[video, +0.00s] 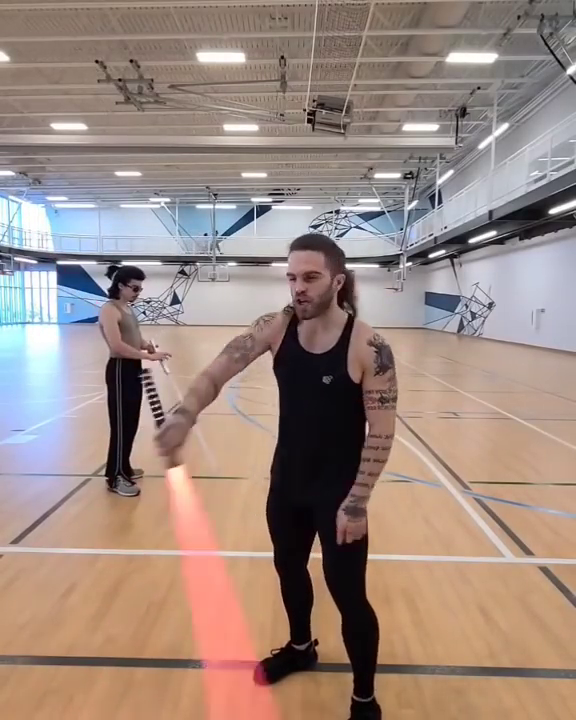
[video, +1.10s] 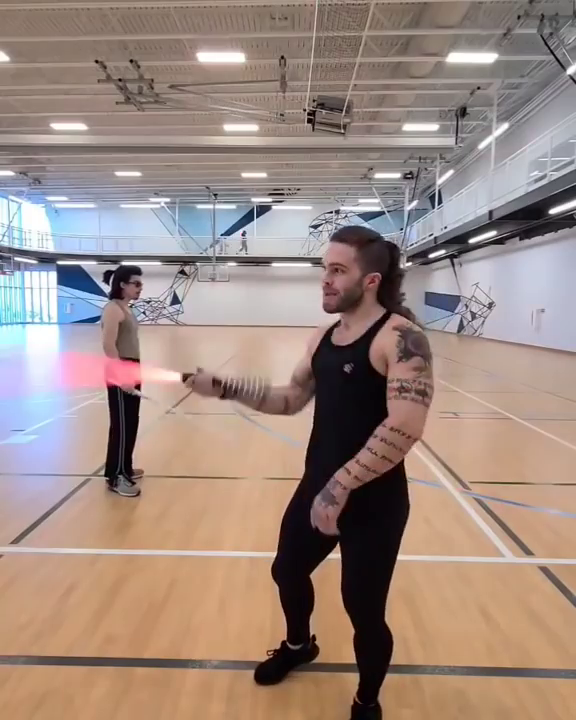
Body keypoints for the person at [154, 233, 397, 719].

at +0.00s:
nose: (298, 287)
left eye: (310, 278)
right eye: (292, 277)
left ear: (338, 280)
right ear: (287, 279)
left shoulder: (369, 347)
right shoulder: (277, 328)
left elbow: (381, 432)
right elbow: (217, 372)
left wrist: (357, 501)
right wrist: (184, 415)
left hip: (342, 487)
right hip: (289, 478)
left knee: (348, 595)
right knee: (290, 568)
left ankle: (363, 696)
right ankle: (301, 645)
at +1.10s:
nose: (325, 279)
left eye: (337, 271)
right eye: (325, 269)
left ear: (371, 281)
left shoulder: (402, 338)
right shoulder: (327, 337)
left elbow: (406, 426)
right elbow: (291, 399)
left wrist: (339, 485)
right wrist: (224, 388)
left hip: (375, 495)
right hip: (321, 483)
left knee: (364, 605)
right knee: (288, 568)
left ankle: (367, 700)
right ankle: (298, 642)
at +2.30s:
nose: (310, 279)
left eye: (322, 268)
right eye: (302, 269)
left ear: (349, 273)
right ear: (296, 275)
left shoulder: (371, 342)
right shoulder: (306, 333)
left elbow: (390, 424)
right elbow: (298, 404)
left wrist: (307, 445)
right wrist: (260, 438)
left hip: (349, 494)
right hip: (299, 486)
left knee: (351, 604)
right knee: (289, 579)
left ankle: (366, 699)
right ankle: (290, 655)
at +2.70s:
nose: (271, 284)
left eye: (284, 276)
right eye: (267, 274)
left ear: (312, 282)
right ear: (265, 276)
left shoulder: (320, 332)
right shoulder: (284, 330)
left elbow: (330, 372)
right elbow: (272, 415)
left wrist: (295, 380)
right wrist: (258, 473)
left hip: (301, 487)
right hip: (266, 482)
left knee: (316, 603)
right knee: (277, 575)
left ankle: (364, 692)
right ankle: (290, 655)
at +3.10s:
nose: (281, 282)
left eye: (293, 273)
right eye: (275, 272)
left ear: (318, 279)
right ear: (268, 276)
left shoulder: (329, 335)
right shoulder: (283, 332)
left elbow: (347, 397)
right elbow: (278, 410)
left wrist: (308, 435)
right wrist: (258, 459)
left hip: (309, 484)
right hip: (272, 478)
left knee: (306, 602)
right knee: (282, 576)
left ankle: (363, 691)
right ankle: (290, 655)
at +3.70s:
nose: (344, 287)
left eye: (358, 277)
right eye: (335, 275)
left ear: (381, 281)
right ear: (326, 276)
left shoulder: (398, 347)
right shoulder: (341, 327)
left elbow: (410, 416)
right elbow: (345, 398)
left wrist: (354, 396)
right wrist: (327, 445)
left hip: (380, 494)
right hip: (339, 479)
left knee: (376, 610)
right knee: (335, 563)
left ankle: (391, 715)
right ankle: (362, 646)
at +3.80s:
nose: (339, 279)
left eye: (352, 270)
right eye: (335, 269)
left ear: (384, 277)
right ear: (332, 270)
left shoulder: (396, 342)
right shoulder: (354, 327)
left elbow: (411, 425)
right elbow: (356, 409)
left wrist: (337, 439)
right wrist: (339, 467)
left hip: (384, 489)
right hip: (355, 480)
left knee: (376, 598)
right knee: (368, 574)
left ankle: (390, 714)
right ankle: (394, 646)